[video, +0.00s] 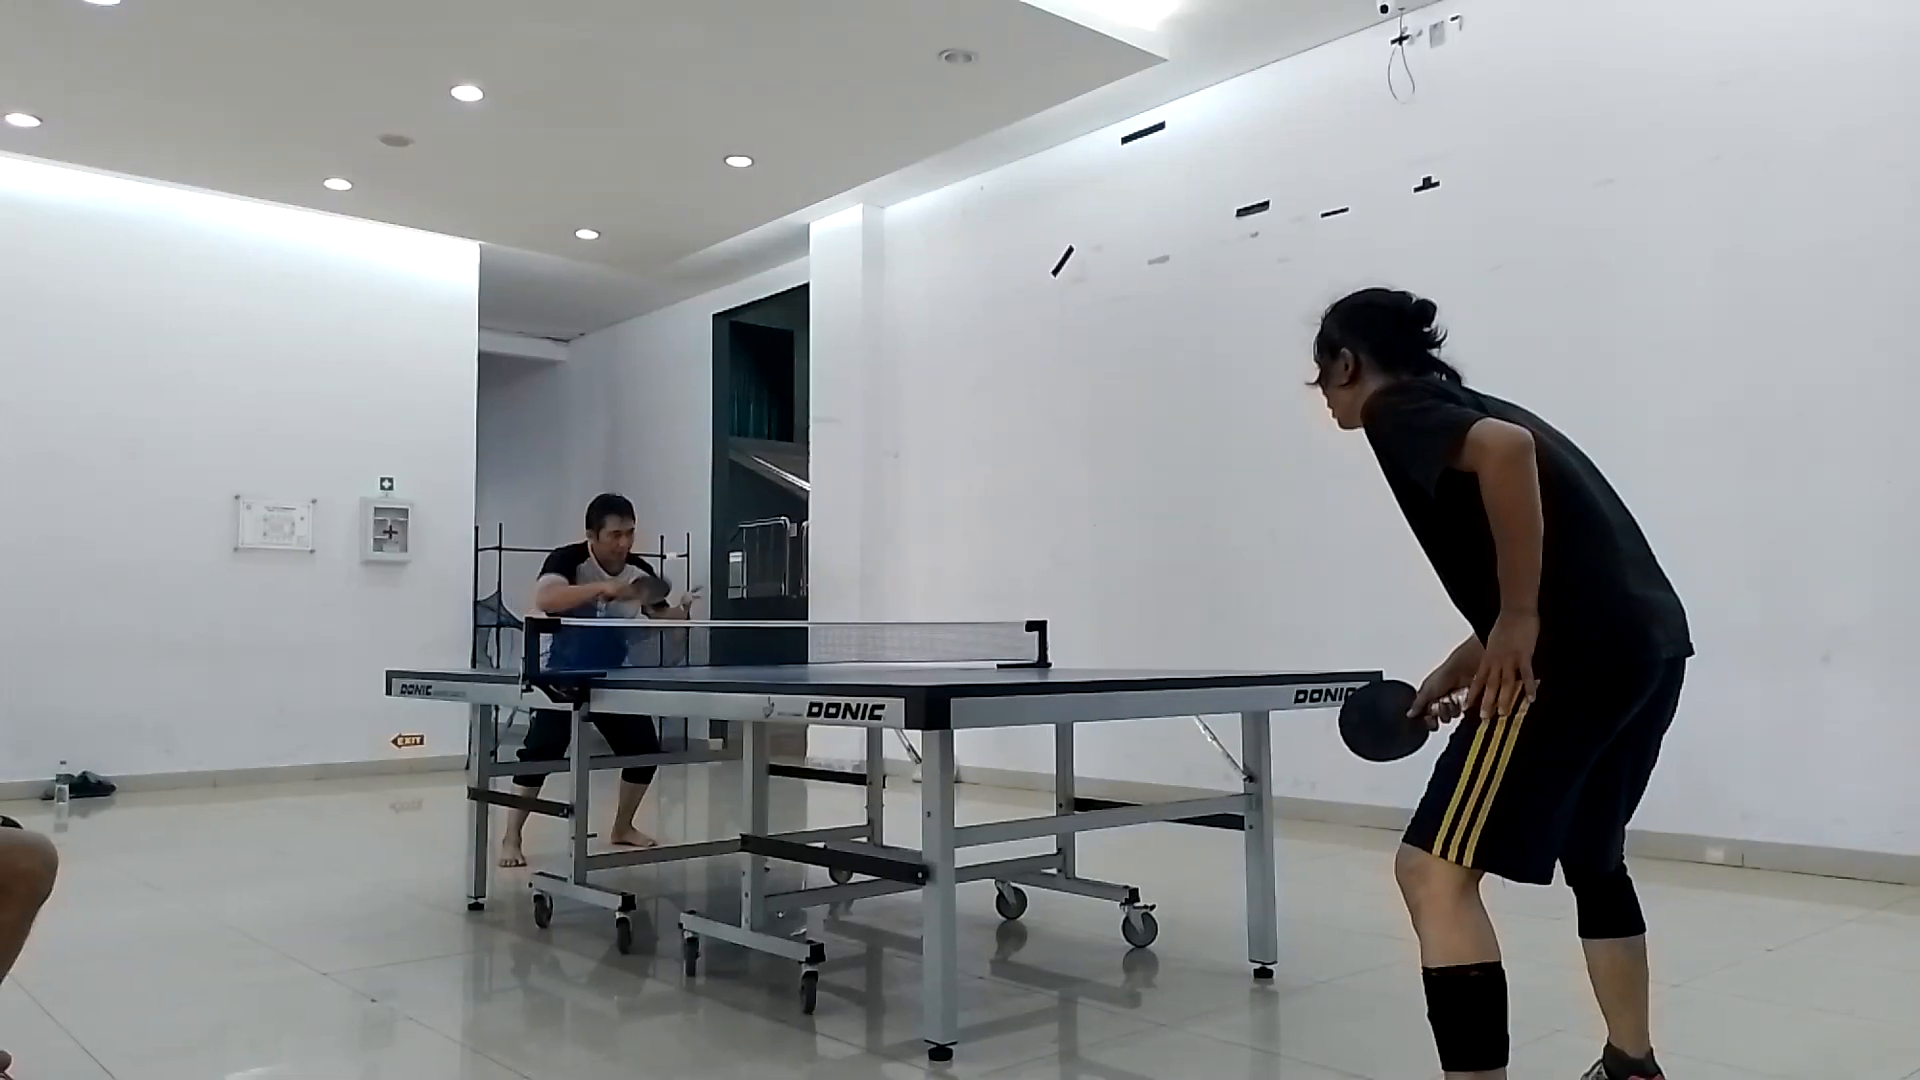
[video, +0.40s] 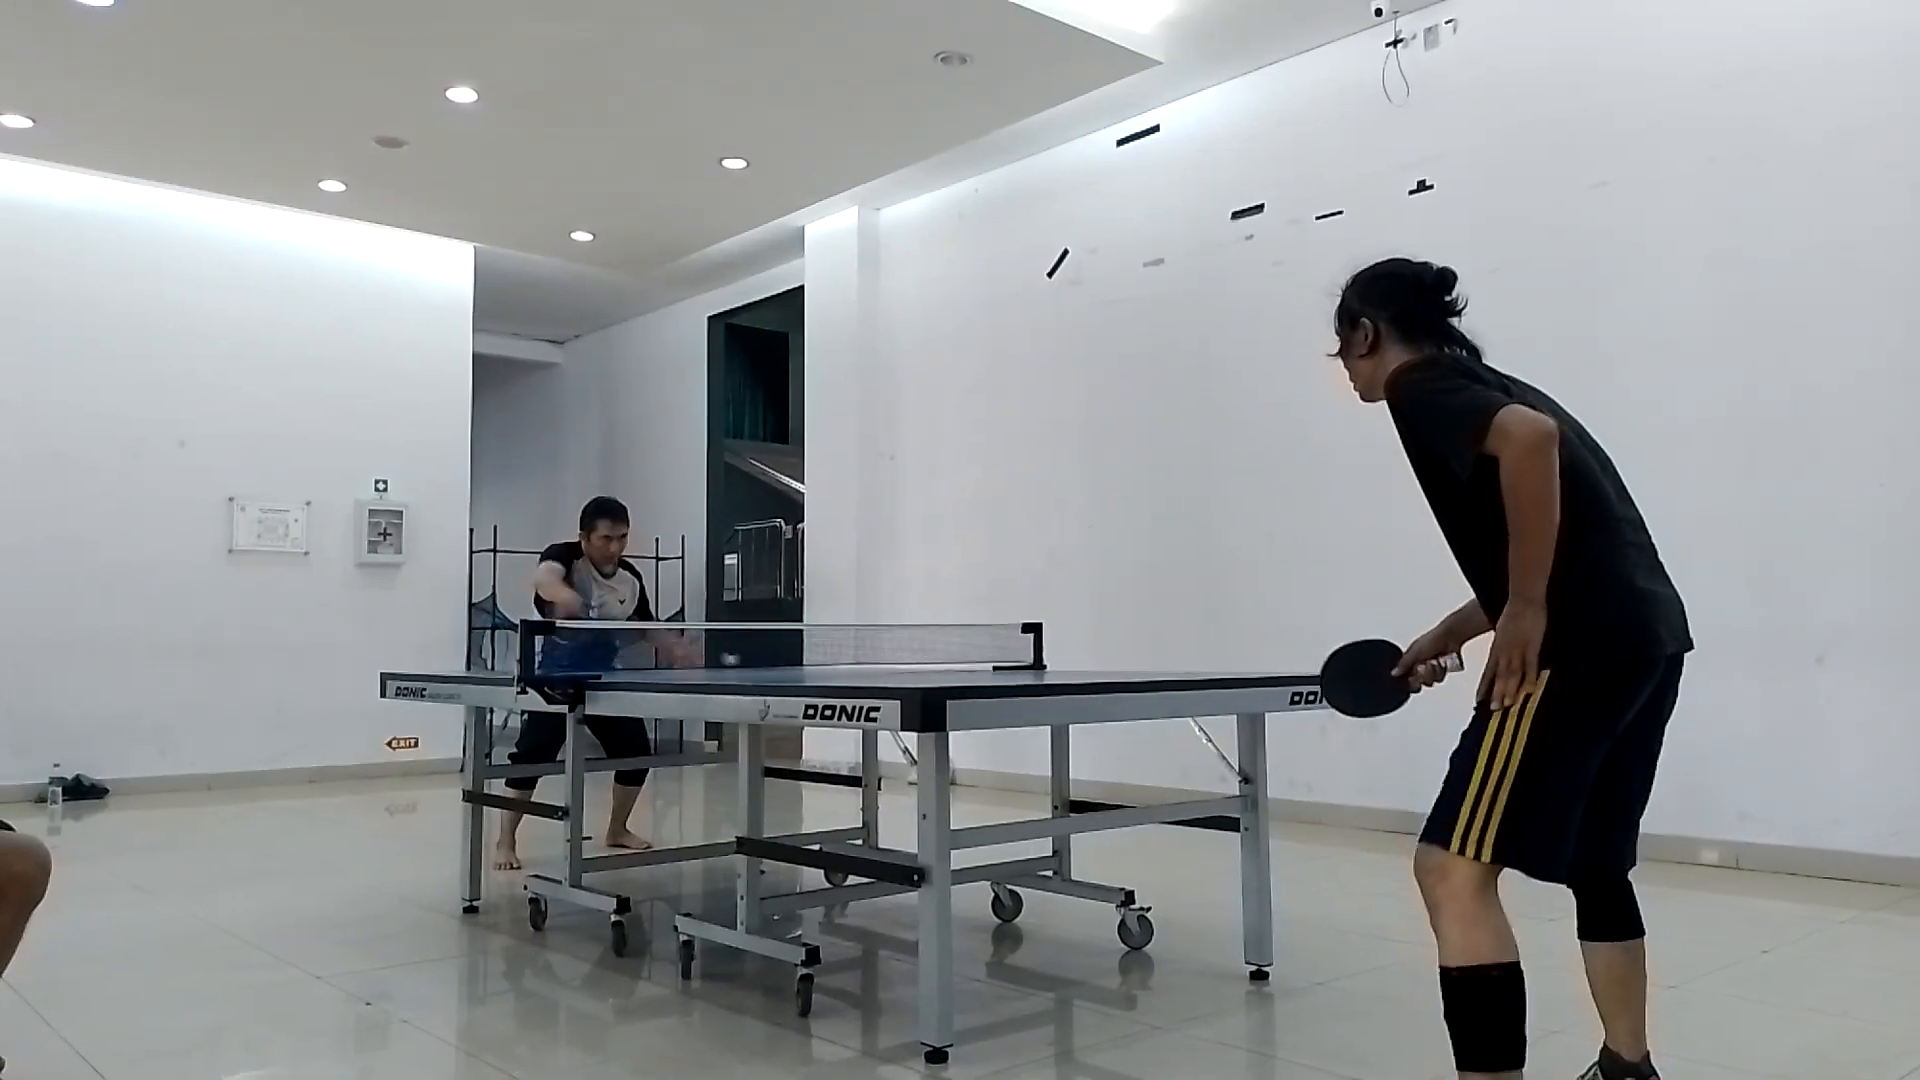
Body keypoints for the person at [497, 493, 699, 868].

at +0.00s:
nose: (625, 543)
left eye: (630, 534)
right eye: (616, 535)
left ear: (634, 534)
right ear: (592, 535)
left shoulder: (635, 570)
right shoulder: (565, 559)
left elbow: (661, 609)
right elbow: (545, 599)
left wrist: (678, 610)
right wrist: (602, 588)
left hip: (611, 681)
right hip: (561, 680)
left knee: (645, 751)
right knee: (542, 750)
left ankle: (623, 828)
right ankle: (511, 836)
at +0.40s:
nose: (615, 548)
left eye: (622, 539)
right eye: (606, 538)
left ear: (628, 538)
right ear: (584, 537)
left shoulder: (631, 579)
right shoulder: (561, 556)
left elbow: (648, 630)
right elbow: (545, 582)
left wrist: (676, 650)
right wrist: (565, 597)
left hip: (602, 682)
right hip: (554, 679)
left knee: (638, 752)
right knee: (534, 754)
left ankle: (617, 830)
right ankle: (506, 839)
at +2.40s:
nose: (595, 514)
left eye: (600, 505)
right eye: (584, 506)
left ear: (607, 512)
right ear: (564, 515)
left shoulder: (619, 560)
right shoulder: (541, 556)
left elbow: (627, 618)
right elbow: (513, 612)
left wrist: (645, 646)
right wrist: (541, 631)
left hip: (594, 674)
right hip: (544, 673)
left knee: (608, 754)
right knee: (524, 745)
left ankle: (572, 822)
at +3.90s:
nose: (701, 533)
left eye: (708, 525)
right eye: (692, 528)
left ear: (723, 532)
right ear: (684, 538)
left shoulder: (746, 565)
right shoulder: (679, 582)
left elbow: (771, 595)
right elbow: (663, 637)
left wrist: (724, 618)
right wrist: (656, 635)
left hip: (758, 683)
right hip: (706, 685)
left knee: (797, 750)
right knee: (656, 742)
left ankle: (820, 824)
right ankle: (656, 817)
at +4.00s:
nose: (690, 537)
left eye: (698, 528)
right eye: (682, 531)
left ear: (716, 532)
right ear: (675, 540)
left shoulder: (738, 564)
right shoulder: (674, 583)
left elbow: (747, 596)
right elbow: (662, 637)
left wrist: (691, 613)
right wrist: (646, 636)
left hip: (753, 681)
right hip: (702, 683)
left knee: (786, 748)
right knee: (654, 736)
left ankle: (818, 820)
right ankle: (619, 820)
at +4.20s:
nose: (657, 554)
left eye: (665, 544)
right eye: (651, 547)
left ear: (686, 544)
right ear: (646, 552)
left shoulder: (711, 571)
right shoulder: (657, 593)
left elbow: (692, 600)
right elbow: (652, 651)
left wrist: (640, 615)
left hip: (746, 686)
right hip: (693, 688)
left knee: (770, 747)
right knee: (639, 739)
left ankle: (803, 814)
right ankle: (614, 825)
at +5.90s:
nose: (679, 492)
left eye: (687, 485)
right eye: (671, 485)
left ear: (700, 493)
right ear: (660, 495)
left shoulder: (720, 538)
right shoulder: (651, 539)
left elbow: (744, 593)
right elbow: (641, 590)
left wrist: (700, 626)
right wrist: (617, 624)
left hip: (715, 643)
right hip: (664, 641)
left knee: (719, 714)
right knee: (628, 704)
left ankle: (745, 797)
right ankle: (615, 784)